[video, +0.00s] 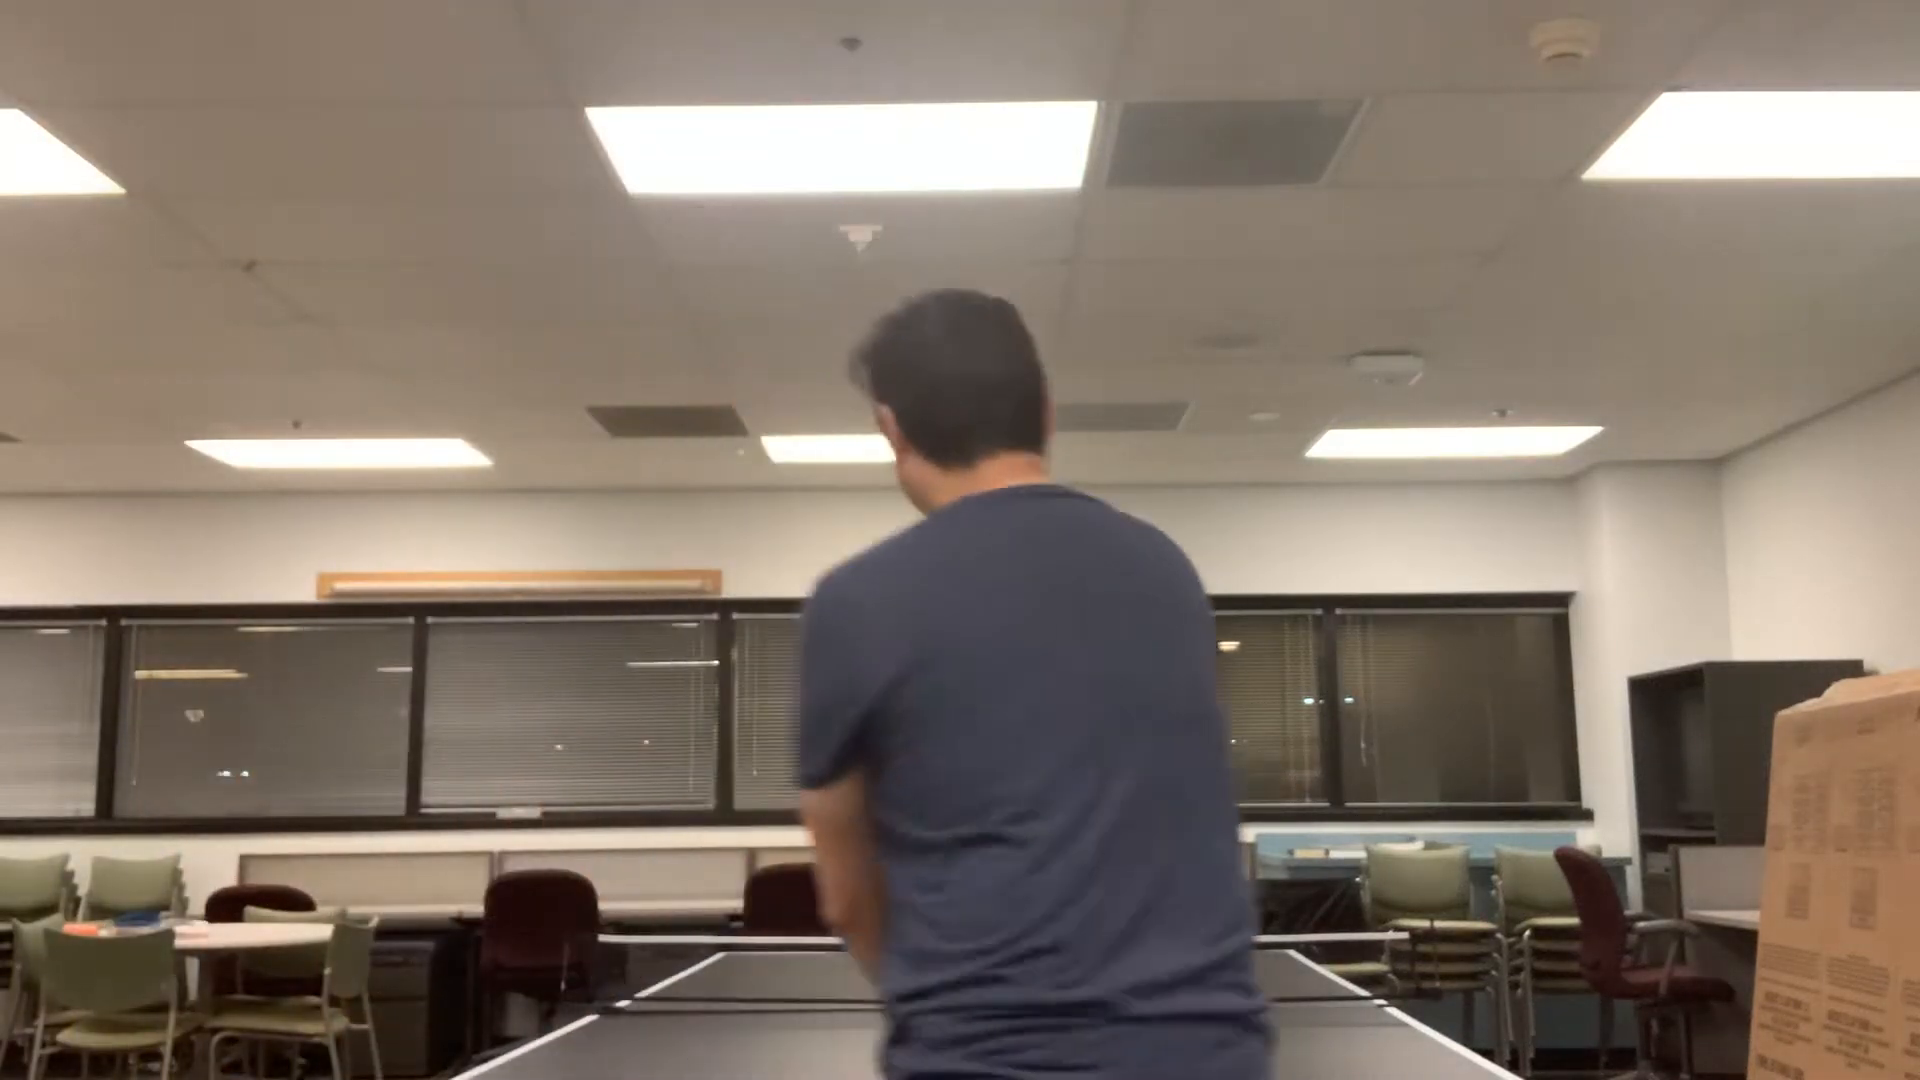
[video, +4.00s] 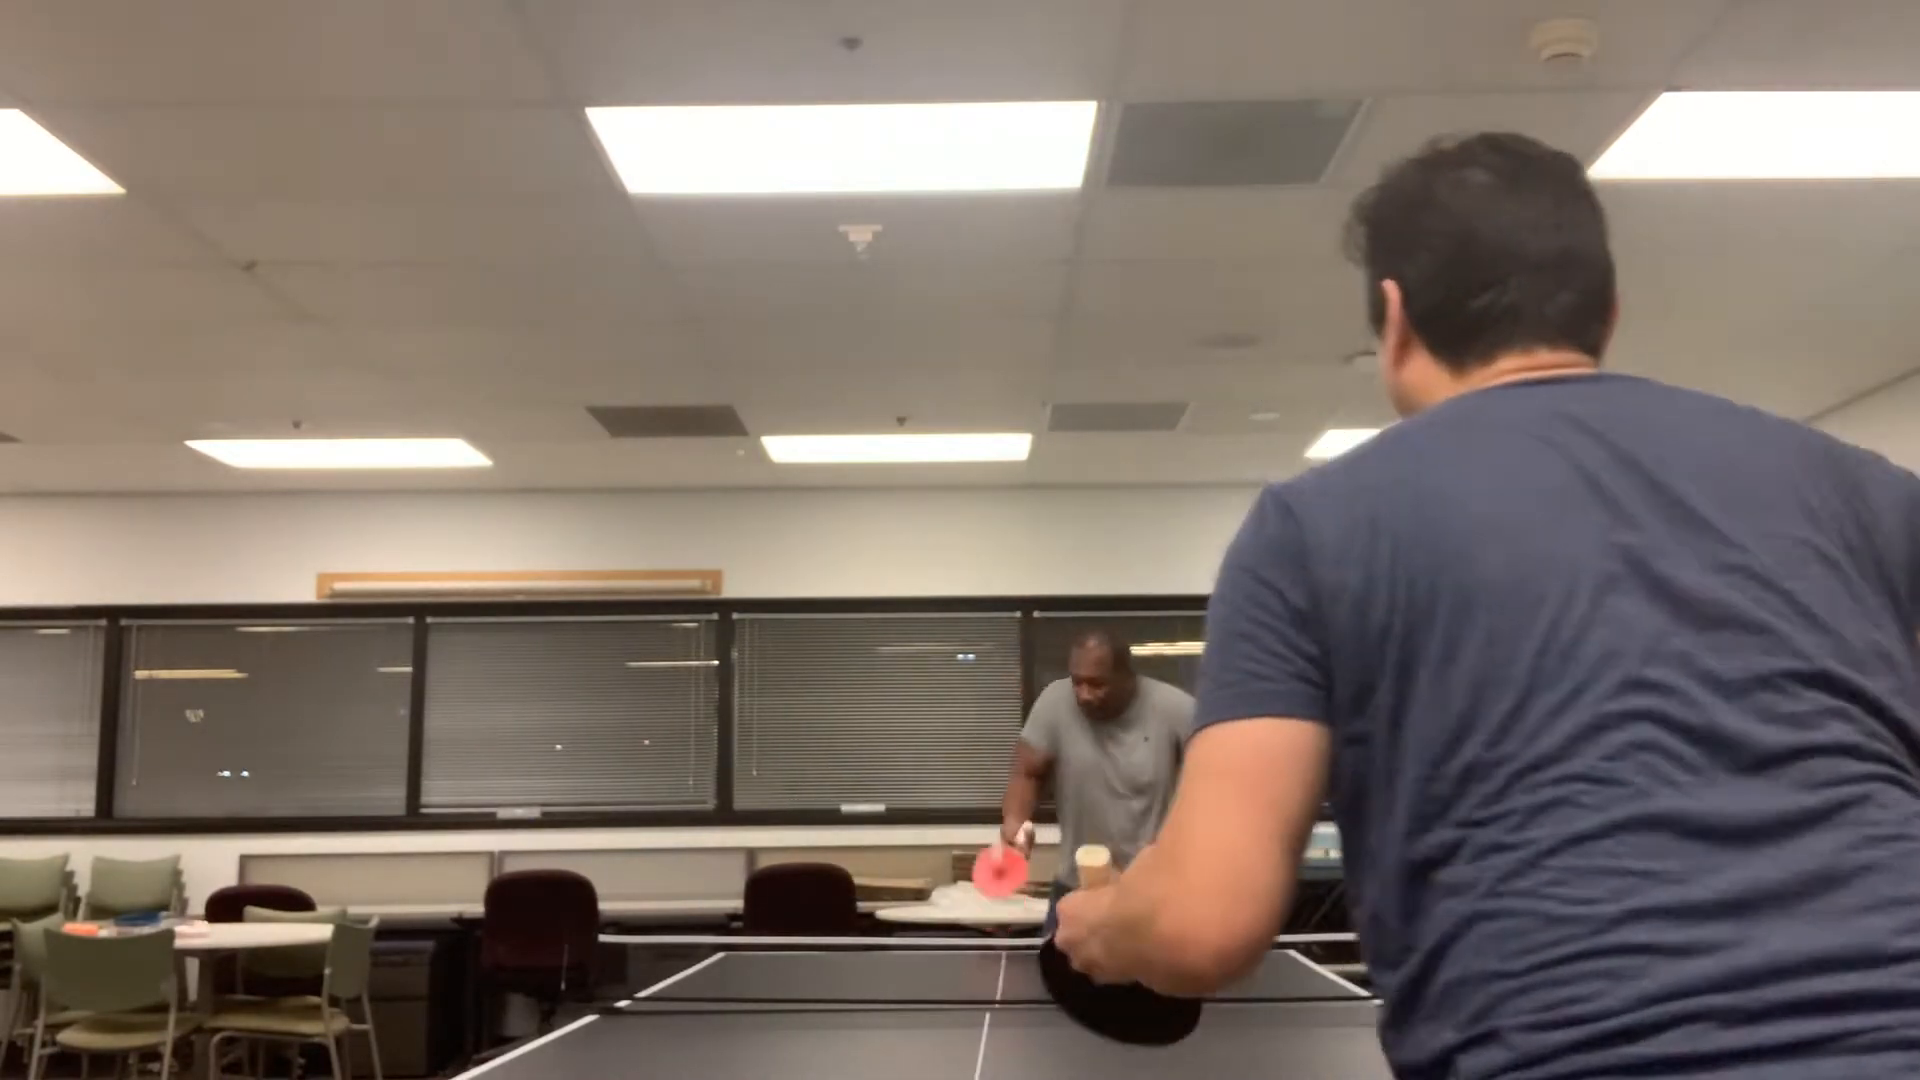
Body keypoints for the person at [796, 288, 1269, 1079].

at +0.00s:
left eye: (875, 427)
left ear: (893, 432)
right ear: (1047, 409)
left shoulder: (863, 601)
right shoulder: (1164, 566)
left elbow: (851, 902)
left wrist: (938, 1003)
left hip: (976, 1052)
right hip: (1204, 1044)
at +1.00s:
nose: (1134, 350)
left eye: (1130, 328)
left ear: (1146, 329)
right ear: (1324, 330)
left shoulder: (1076, 516)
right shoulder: (1490, 544)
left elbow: (988, 864)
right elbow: (1559, 857)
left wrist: (1064, 923)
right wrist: (1426, 895)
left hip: (1205, 1044)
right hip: (1474, 1048)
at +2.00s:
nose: (1337, 306)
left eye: (1330, 271)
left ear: (1354, 257)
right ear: (1549, 246)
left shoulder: (1312, 458)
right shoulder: (1711, 434)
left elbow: (1214, 792)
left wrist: (1321, 666)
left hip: (1504, 1049)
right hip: (1800, 1041)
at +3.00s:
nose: (1341, 507)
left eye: (1339, 469)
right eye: (1336, 475)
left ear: (1395, 449)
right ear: (1516, 440)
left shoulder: (1518, 586)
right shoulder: (1597, 569)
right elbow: (1355, 880)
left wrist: (1081, 856)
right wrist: (1091, 858)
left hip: (1775, 1055)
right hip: (1828, 1039)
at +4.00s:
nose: (1377, 363)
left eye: (1371, 331)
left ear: (1394, 318)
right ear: (1609, 314)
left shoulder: (1319, 521)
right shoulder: (1861, 485)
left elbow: (1208, 931)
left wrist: (1104, 921)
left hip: (1552, 1048)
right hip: (1883, 1040)